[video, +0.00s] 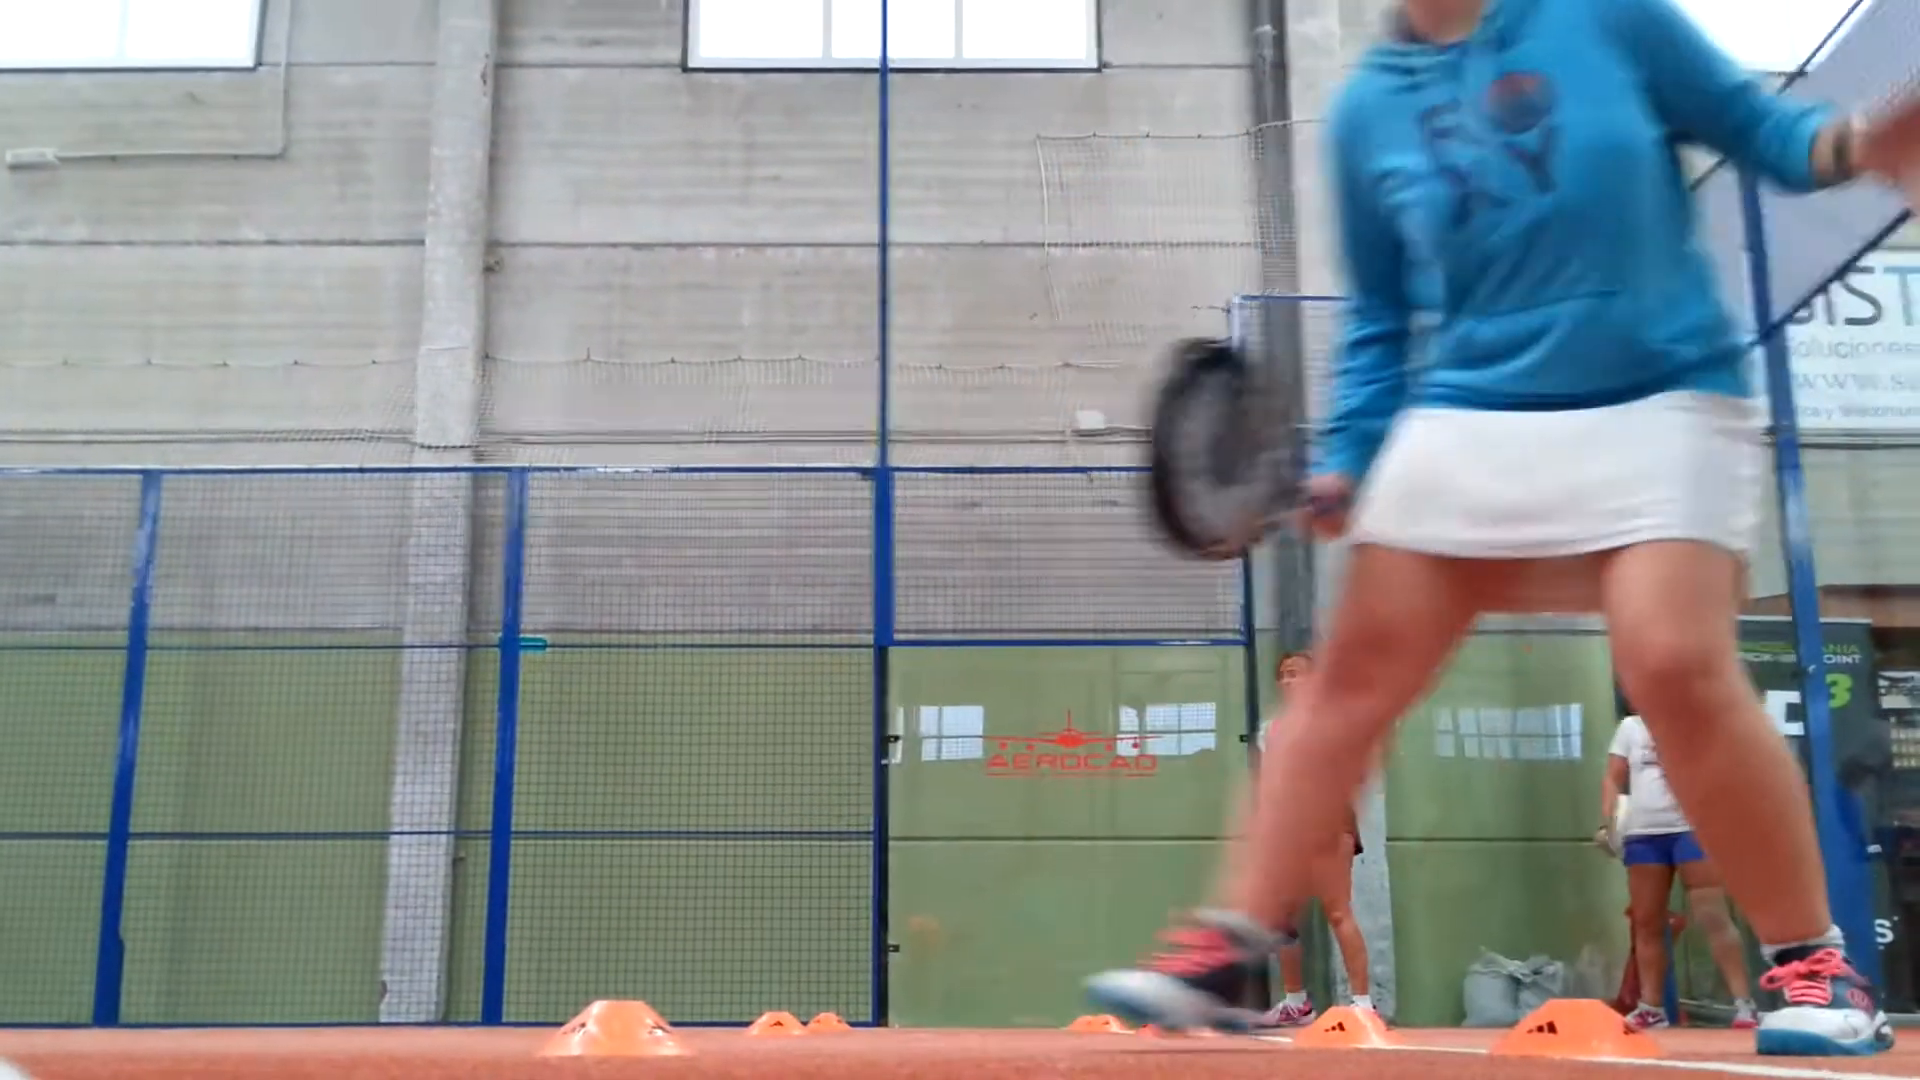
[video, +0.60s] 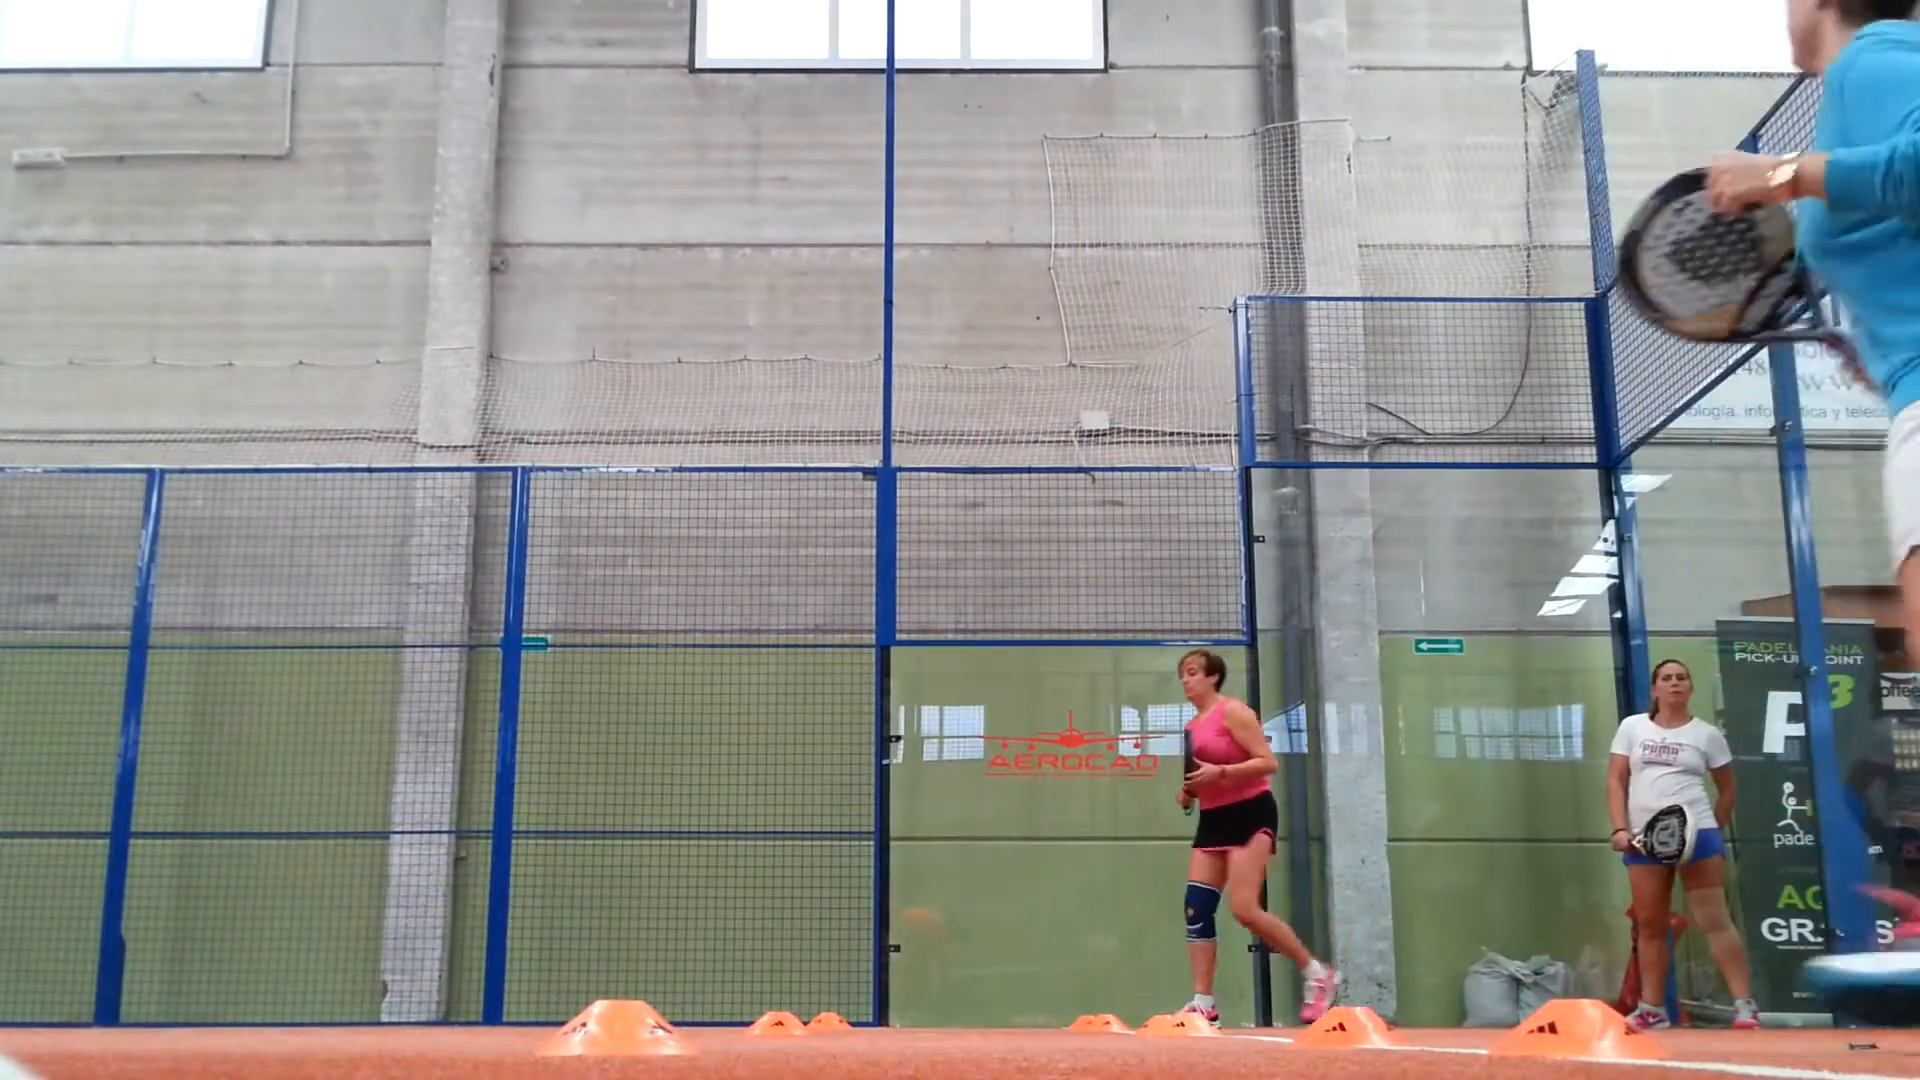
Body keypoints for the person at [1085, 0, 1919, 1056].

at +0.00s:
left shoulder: (1605, 13)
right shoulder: (1364, 108)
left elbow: (1756, 123)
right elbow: (1377, 315)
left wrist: (1849, 144)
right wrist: (1343, 460)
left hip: (1661, 387)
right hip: (1468, 404)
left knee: (1673, 667)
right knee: (1354, 665)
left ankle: (1812, 969)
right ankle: (1232, 951)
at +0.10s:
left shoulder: (1691, 4)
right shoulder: (1457, 77)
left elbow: (1870, 105)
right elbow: (1482, 280)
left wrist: (1832, 45)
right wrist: (1454, 411)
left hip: (1734, 354)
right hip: (1556, 388)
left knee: (1716, 633)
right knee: (1477, 637)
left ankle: (1819, 963)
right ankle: (1535, 947)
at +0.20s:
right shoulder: (1530, 54)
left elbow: (1896, 64)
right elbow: (1576, 244)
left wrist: (1811, 10)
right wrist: (1554, 369)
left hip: (1791, 316)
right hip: (1632, 368)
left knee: (1745, 610)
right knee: (1620, 649)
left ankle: (1867, 941)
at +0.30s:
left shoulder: (1786, 3)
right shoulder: (1602, 71)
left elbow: (1907, 81)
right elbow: (1683, 260)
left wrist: (1762, 35)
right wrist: (1654, 386)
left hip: (1846, 296)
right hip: (1728, 351)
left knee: (1746, 617)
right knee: (1765, 660)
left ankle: (1900, 945)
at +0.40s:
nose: (1652, 4)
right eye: (1652, 2)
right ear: (1683, 4)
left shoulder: (1799, 11)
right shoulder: (1725, 105)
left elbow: (1910, 130)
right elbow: (1803, 313)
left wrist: (1722, 124)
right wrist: (1749, 405)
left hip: (1887, 351)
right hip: (1838, 375)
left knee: (1775, 627)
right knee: (1887, 676)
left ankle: (1903, 958)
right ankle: (1896, 964)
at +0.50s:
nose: (1720, 12)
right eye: (1722, 1)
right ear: (1786, 2)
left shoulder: (1839, 48)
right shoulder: (1803, 86)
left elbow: (1908, 163)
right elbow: (1861, 274)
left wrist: (1746, 174)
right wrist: (1827, 401)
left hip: (1898, 381)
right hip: (1864, 394)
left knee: (1854, 635)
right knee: (1854, 643)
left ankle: (1895, 957)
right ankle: (1891, 959)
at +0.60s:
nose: (1786, 16)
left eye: (1792, 2)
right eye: (1790, 3)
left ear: (1823, 4)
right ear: (1876, 6)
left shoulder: (1874, 59)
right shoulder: (1854, 87)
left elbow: (1911, 159)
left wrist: (1787, 172)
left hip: (1916, 393)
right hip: (1907, 395)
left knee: (1917, 626)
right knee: (1913, 629)